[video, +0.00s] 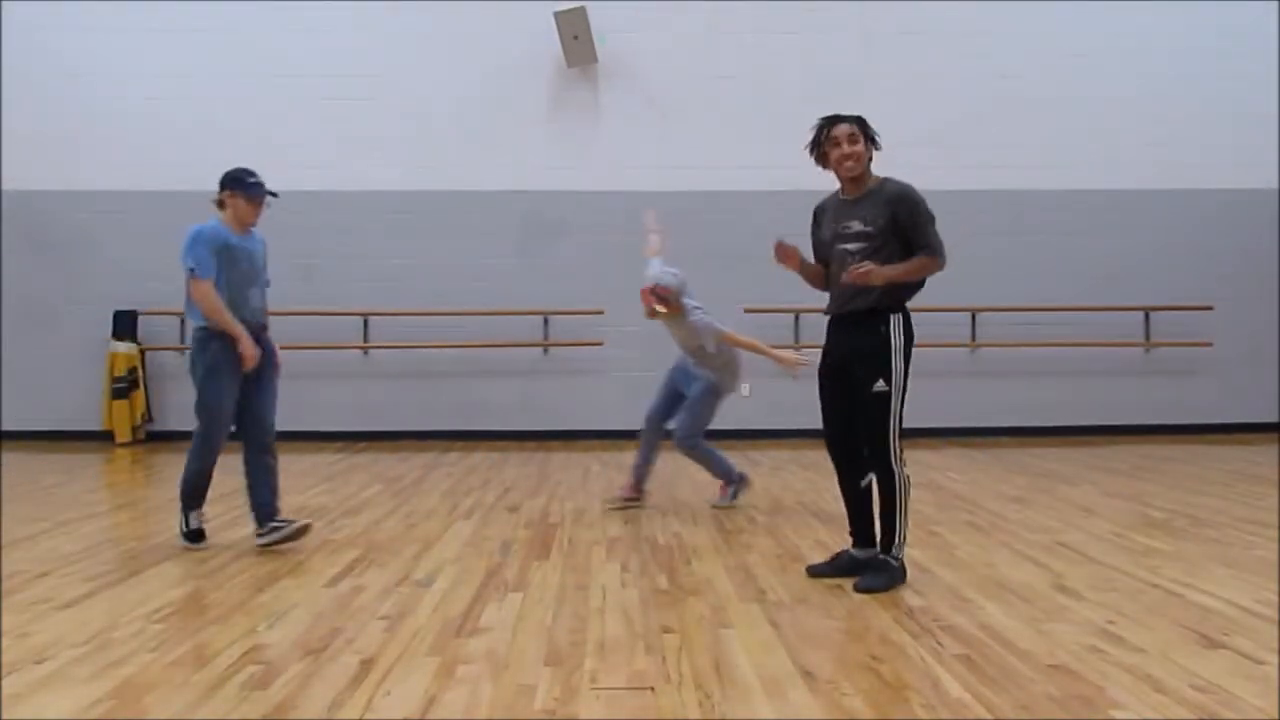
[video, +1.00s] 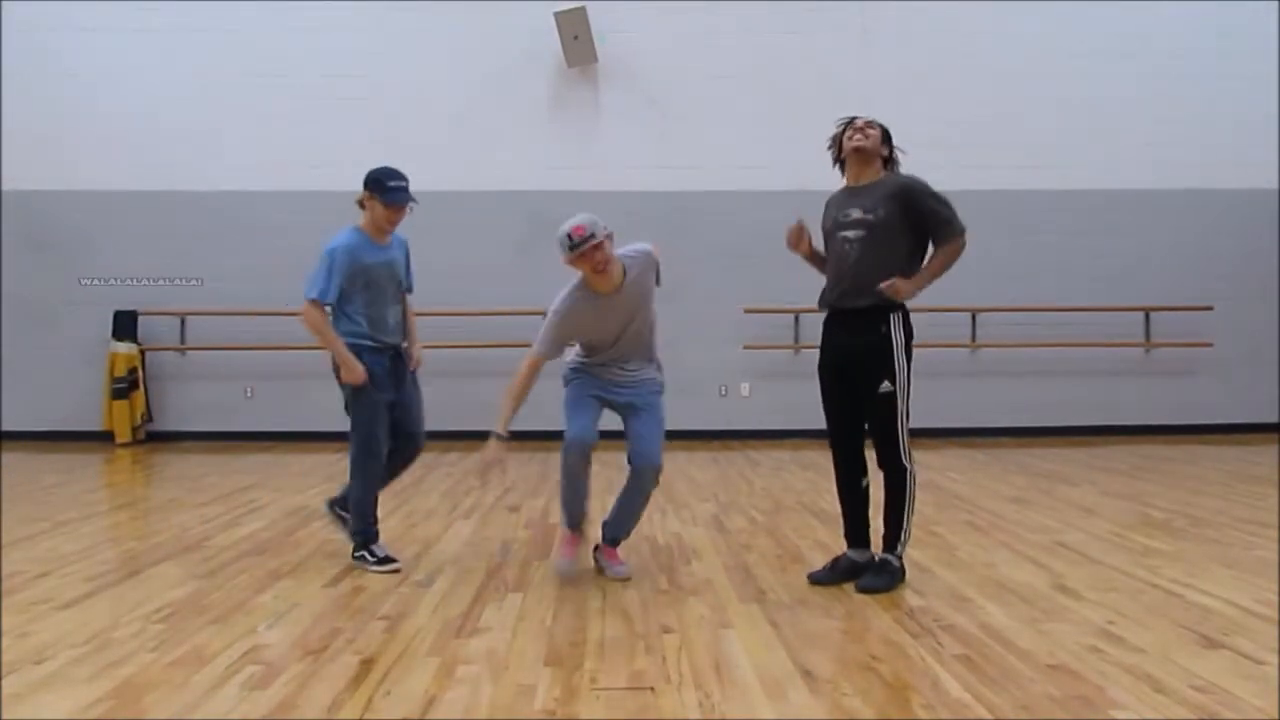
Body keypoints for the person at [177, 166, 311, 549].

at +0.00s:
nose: (259, 209)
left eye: (262, 203)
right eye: (252, 202)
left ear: (260, 203)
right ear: (228, 199)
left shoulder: (257, 244)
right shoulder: (204, 238)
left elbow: (257, 300)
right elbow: (201, 292)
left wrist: (266, 342)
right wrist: (241, 336)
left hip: (255, 342)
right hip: (216, 344)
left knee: (261, 434)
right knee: (213, 432)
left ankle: (267, 519)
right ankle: (192, 507)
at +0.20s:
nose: (297, 230)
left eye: (299, 223)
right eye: (290, 222)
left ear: (295, 223)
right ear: (265, 220)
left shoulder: (294, 267)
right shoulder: (241, 260)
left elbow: (307, 324)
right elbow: (237, 317)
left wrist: (326, 366)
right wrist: (279, 358)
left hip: (298, 366)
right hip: (257, 366)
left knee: (312, 452)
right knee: (255, 449)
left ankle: (283, 532)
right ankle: (232, 525)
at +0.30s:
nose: (310, 221)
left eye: (312, 214)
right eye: (302, 214)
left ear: (311, 214)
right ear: (278, 211)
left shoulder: (311, 260)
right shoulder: (253, 252)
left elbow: (322, 317)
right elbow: (243, 310)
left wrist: (341, 354)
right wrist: (266, 361)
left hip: (310, 358)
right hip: (272, 358)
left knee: (311, 450)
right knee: (281, 446)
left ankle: (289, 529)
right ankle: (276, 533)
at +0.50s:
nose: (329, 219)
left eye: (332, 211)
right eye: (321, 211)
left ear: (335, 211)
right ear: (297, 208)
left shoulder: (333, 254)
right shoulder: (270, 251)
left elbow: (348, 306)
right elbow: (245, 312)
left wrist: (351, 344)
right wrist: (242, 375)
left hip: (329, 356)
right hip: (291, 356)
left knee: (305, 445)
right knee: (317, 442)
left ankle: (280, 530)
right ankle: (342, 532)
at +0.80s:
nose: (366, 216)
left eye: (370, 208)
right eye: (358, 208)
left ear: (375, 207)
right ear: (334, 205)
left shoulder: (377, 248)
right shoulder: (312, 253)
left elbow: (388, 303)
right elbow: (290, 316)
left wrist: (394, 354)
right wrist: (312, 372)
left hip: (369, 358)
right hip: (333, 358)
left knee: (337, 449)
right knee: (352, 452)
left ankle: (290, 520)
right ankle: (362, 542)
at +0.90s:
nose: (380, 215)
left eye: (385, 207)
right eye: (372, 207)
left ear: (390, 207)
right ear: (349, 204)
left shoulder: (389, 247)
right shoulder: (327, 252)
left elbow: (398, 302)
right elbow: (306, 314)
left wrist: (402, 354)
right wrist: (332, 369)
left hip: (382, 358)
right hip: (347, 358)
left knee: (379, 447)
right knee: (360, 448)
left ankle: (313, 505)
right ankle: (364, 542)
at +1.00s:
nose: (397, 215)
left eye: (402, 207)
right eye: (389, 207)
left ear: (407, 207)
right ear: (366, 202)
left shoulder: (399, 246)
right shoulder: (343, 249)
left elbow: (404, 298)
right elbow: (311, 309)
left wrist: (413, 342)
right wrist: (345, 358)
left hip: (397, 358)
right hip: (361, 360)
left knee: (410, 441)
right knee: (371, 448)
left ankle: (349, 499)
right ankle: (365, 542)